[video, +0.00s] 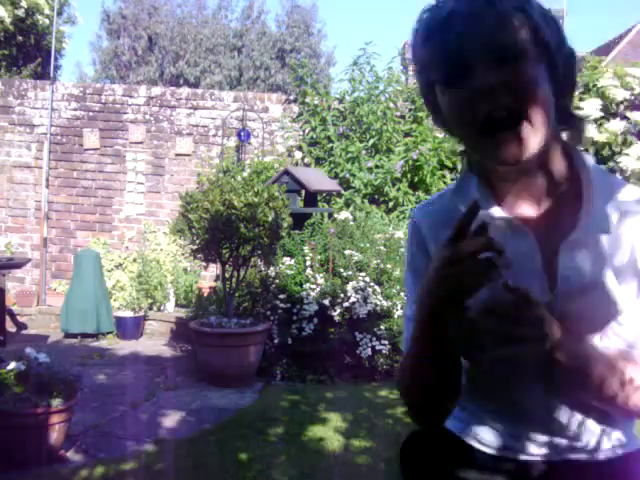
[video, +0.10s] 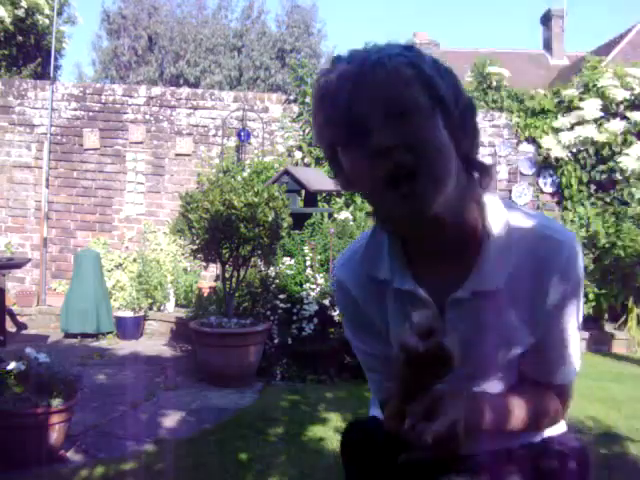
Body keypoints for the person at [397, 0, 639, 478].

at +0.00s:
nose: (489, 87)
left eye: (508, 58)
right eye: (457, 75)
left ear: (557, 73)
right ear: (435, 108)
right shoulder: (434, 226)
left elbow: (637, 399)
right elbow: (424, 408)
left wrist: (557, 346)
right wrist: (438, 300)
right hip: (481, 455)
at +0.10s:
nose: (385, 145)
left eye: (401, 116)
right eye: (355, 136)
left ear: (458, 127)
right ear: (341, 177)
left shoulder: (549, 251)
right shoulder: (354, 278)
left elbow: (552, 400)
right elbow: (395, 421)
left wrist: (472, 412)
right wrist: (412, 382)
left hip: (524, 449)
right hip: (421, 452)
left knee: (570, 456)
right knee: (360, 441)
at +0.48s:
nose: (300, 179)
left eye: (320, 151)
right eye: (272, 169)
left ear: (376, 161)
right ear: (260, 203)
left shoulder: (477, 273)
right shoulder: (284, 292)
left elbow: (491, 405)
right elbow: (339, 442)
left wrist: (409, 423)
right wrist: (337, 369)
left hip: (475, 452)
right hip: (360, 454)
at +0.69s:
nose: (300, 178)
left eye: (320, 149)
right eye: (272, 167)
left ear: (377, 160)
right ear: (261, 202)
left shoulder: (474, 274)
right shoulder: (282, 290)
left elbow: (489, 405)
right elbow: (334, 444)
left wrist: (405, 422)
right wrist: (333, 364)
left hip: (473, 456)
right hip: (361, 459)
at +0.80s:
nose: (300, 175)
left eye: (320, 147)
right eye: (272, 166)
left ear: (378, 159)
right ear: (262, 200)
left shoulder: (474, 273)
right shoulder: (282, 288)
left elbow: (489, 405)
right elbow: (336, 444)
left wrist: (406, 421)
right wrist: (332, 359)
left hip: (473, 455)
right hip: (360, 460)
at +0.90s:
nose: (297, 175)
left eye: (317, 146)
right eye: (272, 164)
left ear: (378, 158)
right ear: (262, 196)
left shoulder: (474, 273)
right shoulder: (282, 288)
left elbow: (488, 405)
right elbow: (338, 444)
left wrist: (406, 421)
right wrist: (333, 357)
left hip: (471, 455)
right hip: (358, 460)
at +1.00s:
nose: (297, 172)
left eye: (317, 144)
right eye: (273, 162)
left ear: (379, 159)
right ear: (264, 198)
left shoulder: (473, 273)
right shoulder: (282, 287)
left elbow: (486, 405)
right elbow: (336, 442)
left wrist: (404, 418)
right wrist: (333, 349)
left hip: (469, 455)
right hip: (357, 459)